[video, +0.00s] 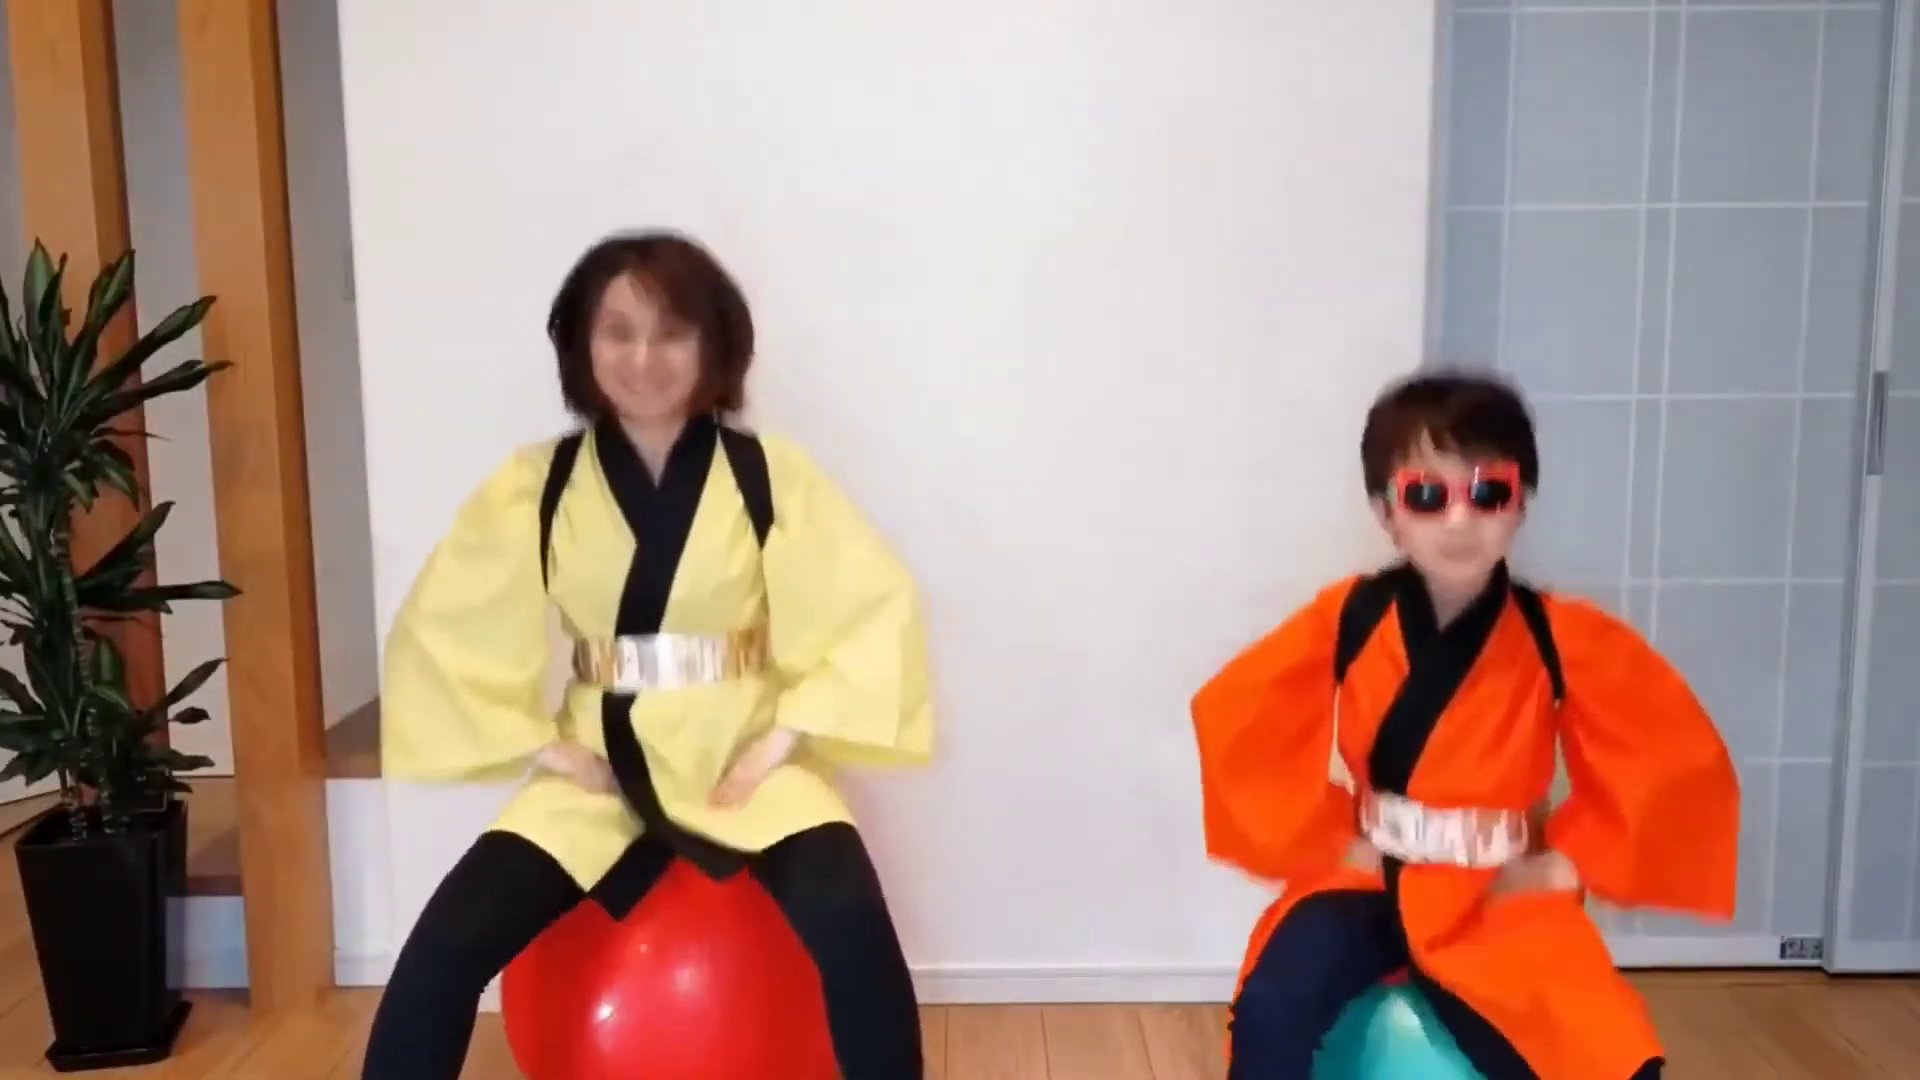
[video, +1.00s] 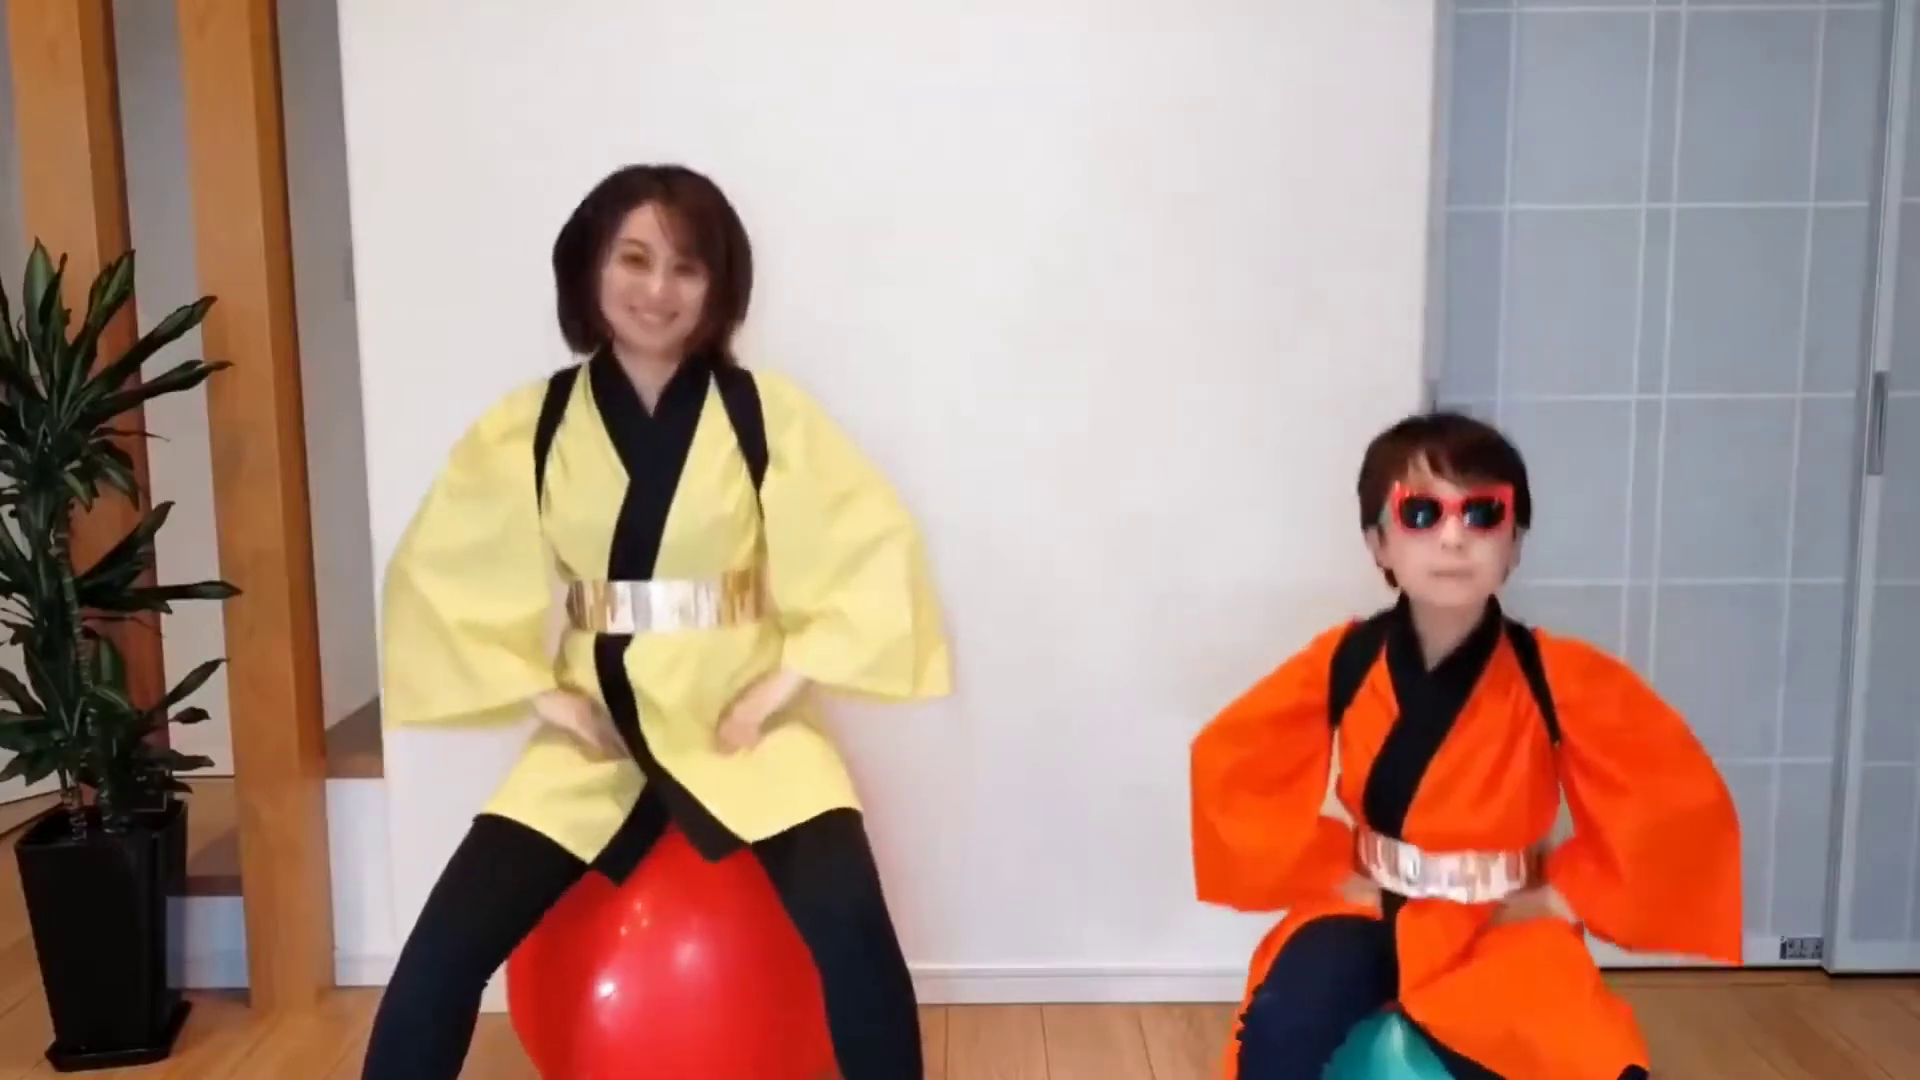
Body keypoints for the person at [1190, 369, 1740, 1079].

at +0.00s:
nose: (1459, 517)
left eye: (1489, 490)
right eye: (1427, 494)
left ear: (1520, 507)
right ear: (1386, 515)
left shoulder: (1559, 635)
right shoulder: (1352, 617)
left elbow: (1678, 758)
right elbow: (1231, 714)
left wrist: (1568, 860)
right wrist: (1326, 830)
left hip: (1504, 900)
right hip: (1365, 888)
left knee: (1618, 1059)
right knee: (1272, 1011)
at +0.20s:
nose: (1462, 427)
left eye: (1494, 402)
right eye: (1432, 402)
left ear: (1527, 414)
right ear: (1392, 418)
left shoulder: (1566, 538)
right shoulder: (1352, 530)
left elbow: (1682, 644)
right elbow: (1232, 632)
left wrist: (1583, 759)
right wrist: (1327, 744)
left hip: (1509, 816)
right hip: (1374, 807)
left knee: (1598, 1017)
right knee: (1280, 961)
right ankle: (1265, 1064)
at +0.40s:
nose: (1456, 562)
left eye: (1486, 541)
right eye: (1426, 541)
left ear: (1520, 563)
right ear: (1387, 566)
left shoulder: (1561, 688)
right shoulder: (1353, 676)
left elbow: (1680, 805)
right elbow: (1229, 764)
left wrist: (1571, 899)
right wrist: (1332, 864)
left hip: (1503, 938)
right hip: (1370, 924)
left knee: (1597, 1042)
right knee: (1313, 971)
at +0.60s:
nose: (1463, 436)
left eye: (1492, 413)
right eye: (1432, 415)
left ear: (1527, 443)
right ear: (1389, 449)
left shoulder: (1562, 574)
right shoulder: (1354, 563)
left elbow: (1678, 696)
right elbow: (1237, 669)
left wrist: (1566, 813)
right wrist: (1338, 797)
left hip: (1508, 849)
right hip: (1370, 839)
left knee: (1590, 1036)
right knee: (1284, 993)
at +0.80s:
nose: (1458, 457)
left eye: (1487, 433)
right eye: (1425, 434)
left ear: (1518, 462)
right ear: (1382, 470)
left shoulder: (1555, 588)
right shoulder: (1349, 580)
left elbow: (1677, 700)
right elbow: (1229, 685)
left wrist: (1568, 821)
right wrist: (1333, 801)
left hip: (1505, 862)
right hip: (1369, 852)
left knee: (1583, 1041)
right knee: (1295, 965)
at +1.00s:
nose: (1454, 536)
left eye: (1482, 511)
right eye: (1421, 512)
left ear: (1514, 542)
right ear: (1380, 547)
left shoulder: (1555, 675)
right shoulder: (1345, 661)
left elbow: (1683, 801)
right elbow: (1224, 760)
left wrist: (1555, 894)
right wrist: (1330, 865)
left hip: (1503, 929)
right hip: (1366, 916)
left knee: (1594, 1054)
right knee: (1300, 997)